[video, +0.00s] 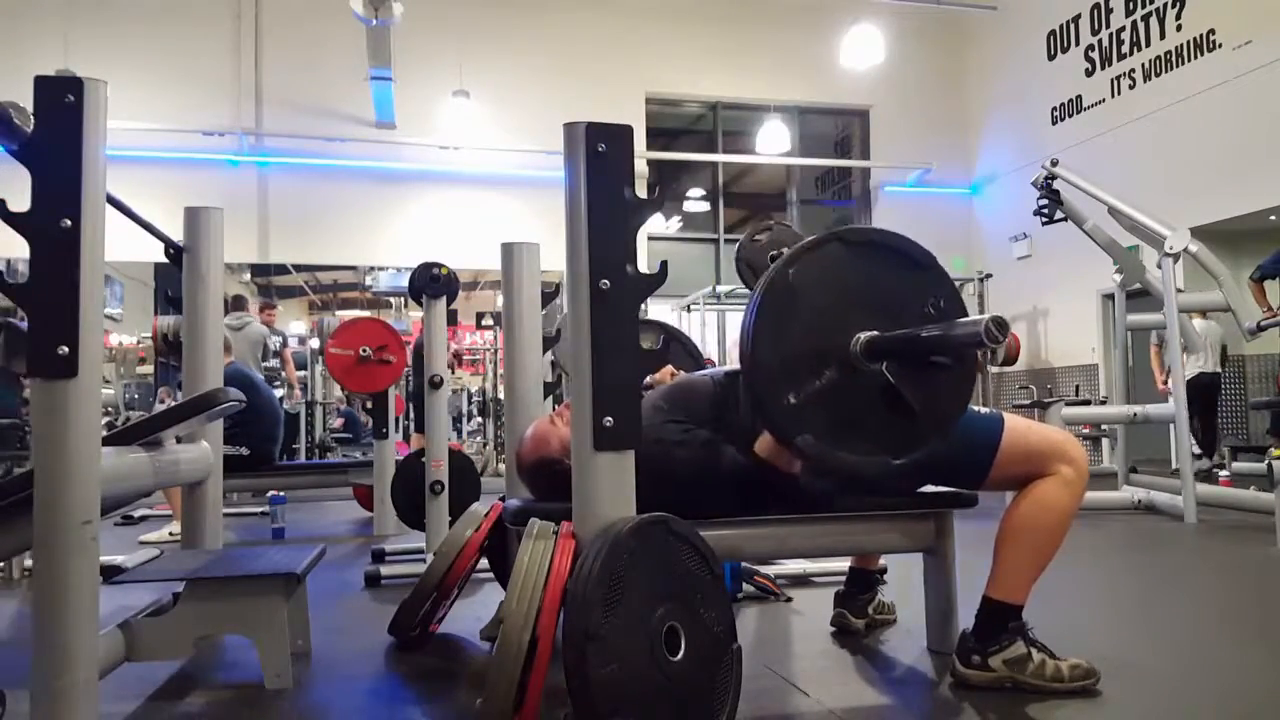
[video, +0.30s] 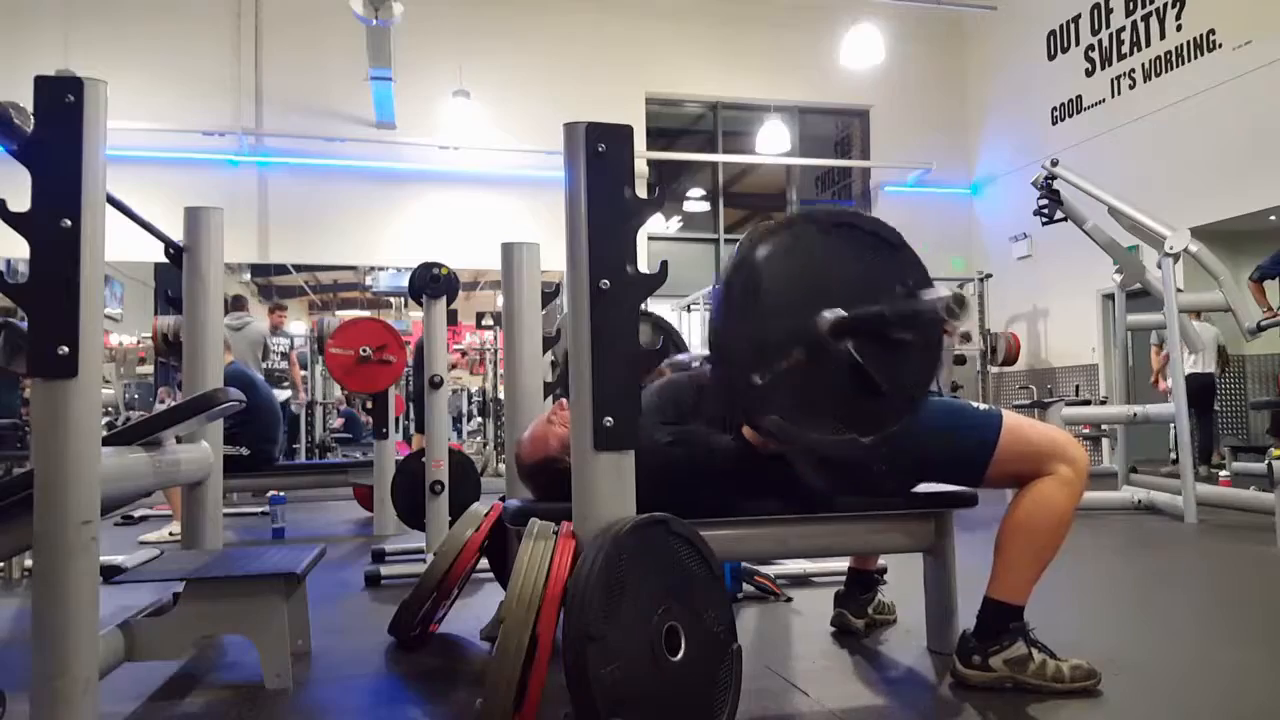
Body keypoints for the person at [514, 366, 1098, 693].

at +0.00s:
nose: (557, 406)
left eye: (548, 412)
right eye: (553, 419)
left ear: (566, 455)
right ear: (572, 447)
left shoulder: (627, 429)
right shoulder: (647, 448)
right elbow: (774, 457)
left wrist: (662, 383)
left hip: (813, 439)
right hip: (850, 447)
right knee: (1063, 459)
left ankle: (857, 597)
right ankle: (993, 640)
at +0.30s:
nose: (553, 408)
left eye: (546, 412)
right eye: (547, 420)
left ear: (565, 433)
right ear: (563, 448)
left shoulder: (619, 430)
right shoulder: (623, 448)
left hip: (805, 428)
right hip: (857, 426)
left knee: (891, 439)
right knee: (1065, 457)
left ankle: (860, 595)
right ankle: (993, 643)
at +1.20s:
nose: (556, 411)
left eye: (546, 413)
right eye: (547, 425)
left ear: (566, 433)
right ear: (562, 463)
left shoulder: (619, 436)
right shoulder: (630, 459)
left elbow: (649, 350)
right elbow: (659, 344)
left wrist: (668, 237)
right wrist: (671, 240)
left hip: (829, 419)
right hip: (844, 437)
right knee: (1052, 453)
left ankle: (857, 592)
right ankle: (993, 638)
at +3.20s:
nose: (544, 408)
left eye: (533, 415)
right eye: (536, 425)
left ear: (556, 449)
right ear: (555, 460)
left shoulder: (608, 430)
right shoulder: (617, 447)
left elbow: (649, 310)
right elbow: (657, 300)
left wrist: (662, 191)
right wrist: (665, 186)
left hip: (814, 420)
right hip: (835, 432)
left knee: (906, 435)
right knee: (1047, 450)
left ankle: (861, 595)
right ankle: (993, 641)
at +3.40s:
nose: (546, 409)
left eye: (535, 414)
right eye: (538, 426)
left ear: (553, 436)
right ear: (558, 460)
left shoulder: (609, 427)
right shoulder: (619, 449)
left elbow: (650, 353)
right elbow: (659, 338)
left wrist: (670, 235)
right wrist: (670, 231)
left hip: (818, 418)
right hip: (839, 434)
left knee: (919, 434)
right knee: (1049, 452)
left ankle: (860, 594)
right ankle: (992, 640)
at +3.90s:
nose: (542, 413)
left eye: (533, 417)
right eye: (535, 427)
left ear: (548, 445)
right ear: (549, 461)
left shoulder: (603, 432)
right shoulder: (618, 443)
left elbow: (715, 392)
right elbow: (724, 394)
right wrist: (729, 283)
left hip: (805, 431)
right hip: (830, 437)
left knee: (929, 430)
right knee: (1048, 452)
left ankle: (856, 594)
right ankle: (992, 639)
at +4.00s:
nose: (537, 421)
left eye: (530, 420)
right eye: (531, 429)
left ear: (533, 440)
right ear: (533, 459)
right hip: (803, 433)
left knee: (891, 435)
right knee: (1051, 454)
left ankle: (857, 591)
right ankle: (993, 637)